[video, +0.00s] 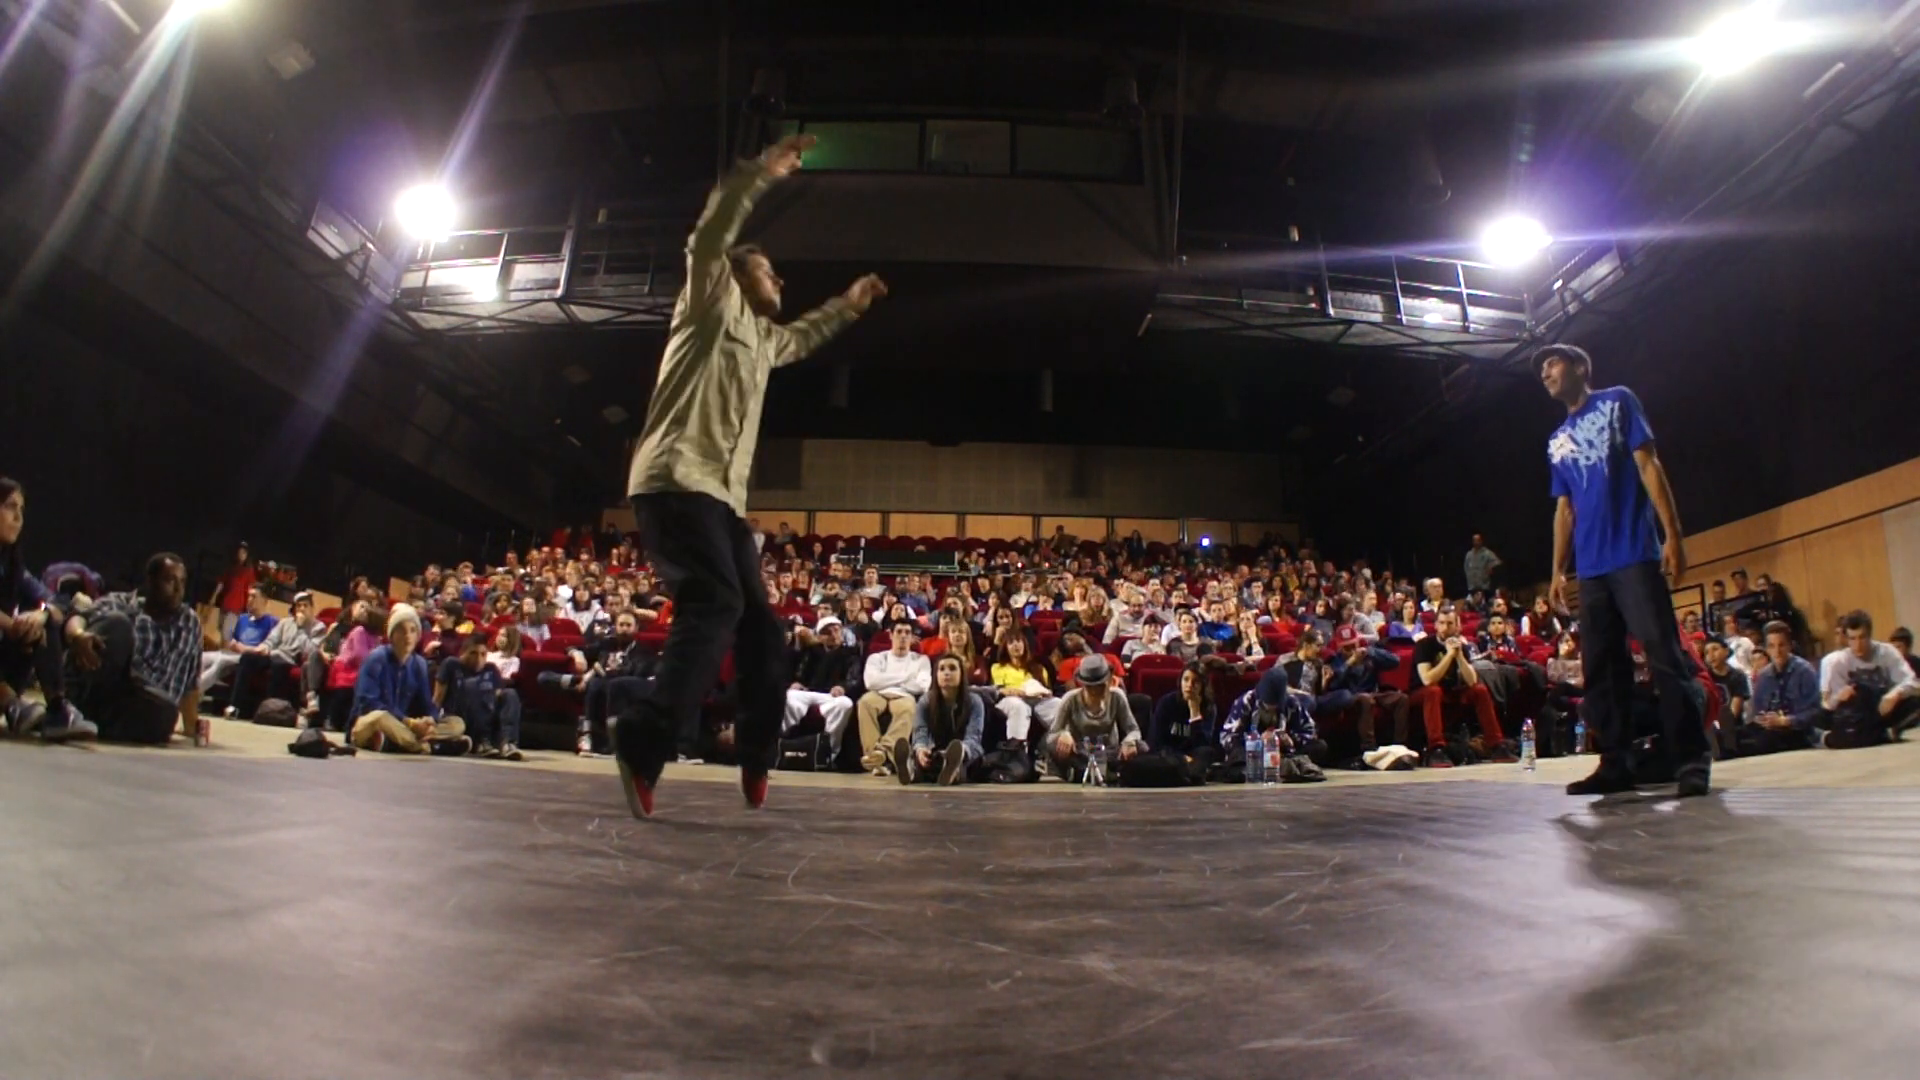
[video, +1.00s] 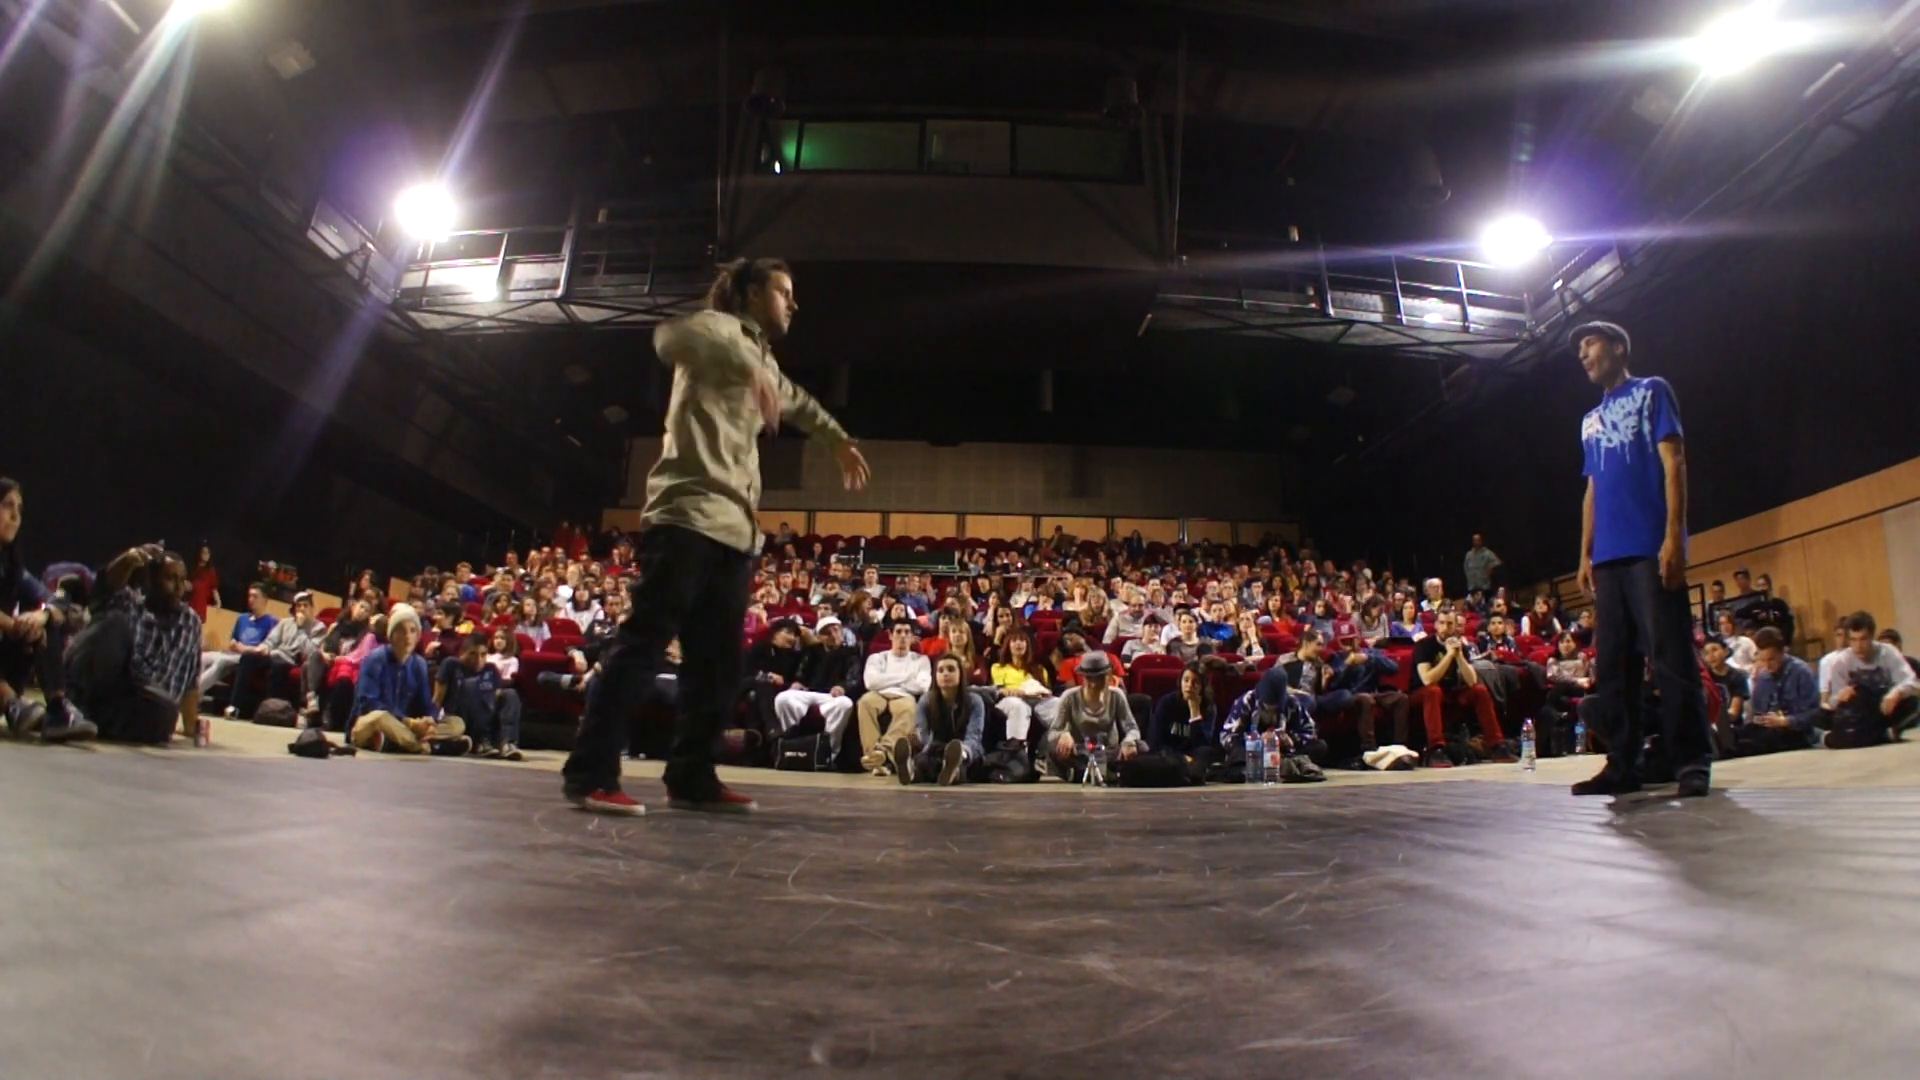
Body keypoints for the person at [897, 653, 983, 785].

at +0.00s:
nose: (947, 673)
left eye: (952, 668)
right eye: (942, 669)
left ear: (961, 674)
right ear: (936, 674)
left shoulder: (974, 701)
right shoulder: (925, 701)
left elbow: (974, 738)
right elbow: (920, 731)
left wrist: (961, 751)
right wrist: (920, 748)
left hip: (962, 750)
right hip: (934, 750)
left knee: (955, 762)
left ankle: (949, 773)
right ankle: (910, 768)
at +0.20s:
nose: (947, 673)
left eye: (953, 668)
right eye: (942, 669)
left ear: (962, 674)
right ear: (936, 674)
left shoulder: (974, 701)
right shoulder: (925, 701)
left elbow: (974, 738)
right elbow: (920, 731)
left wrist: (961, 751)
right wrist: (920, 748)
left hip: (962, 751)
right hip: (934, 750)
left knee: (955, 762)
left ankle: (949, 773)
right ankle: (910, 768)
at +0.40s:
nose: (947, 673)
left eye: (952, 669)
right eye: (942, 669)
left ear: (962, 674)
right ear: (936, 674)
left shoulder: (974, 701)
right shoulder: (925, 701)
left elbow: (974, 738)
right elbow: (920, 730)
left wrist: (961, 751)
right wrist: (920, 748)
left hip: (962, 751)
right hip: (933, 750)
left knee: (955, 762)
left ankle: (949, 773)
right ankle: (910, 768)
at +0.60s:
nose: (947, 674)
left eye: (952, 669)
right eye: (942, 670)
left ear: (961, 674)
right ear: (936, 674)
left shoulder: (974, 701)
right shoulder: (925, 701)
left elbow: (974, 738)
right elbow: (920, 730)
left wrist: (962, 751)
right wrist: (920, 747)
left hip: (962, 751)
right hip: (934, 750)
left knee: (955, 762)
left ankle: (949, 773)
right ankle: (911, 768)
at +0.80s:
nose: (946, 673)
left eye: (952, 668)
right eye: (941, 669)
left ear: (961, 673)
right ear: (935, 674)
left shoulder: (974, 701)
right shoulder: (925, 701)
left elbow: (973, 738)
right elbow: (920, 732)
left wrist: (962, 751)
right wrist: (919, 746)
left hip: (962, 751)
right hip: (933, 751)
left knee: (955, 762)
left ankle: (949, 773)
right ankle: (910, 768)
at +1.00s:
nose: (946, 674)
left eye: (951, 669)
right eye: (941, 670)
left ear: (961, 674)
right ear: (935, 675)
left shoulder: (974, 701)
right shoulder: (925, 701)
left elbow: (974, 737)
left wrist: (962, 752)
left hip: (963, 750)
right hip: (935, 750)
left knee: (956, 763)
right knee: (926, 761)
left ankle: (950, 773)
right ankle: (912, 769)